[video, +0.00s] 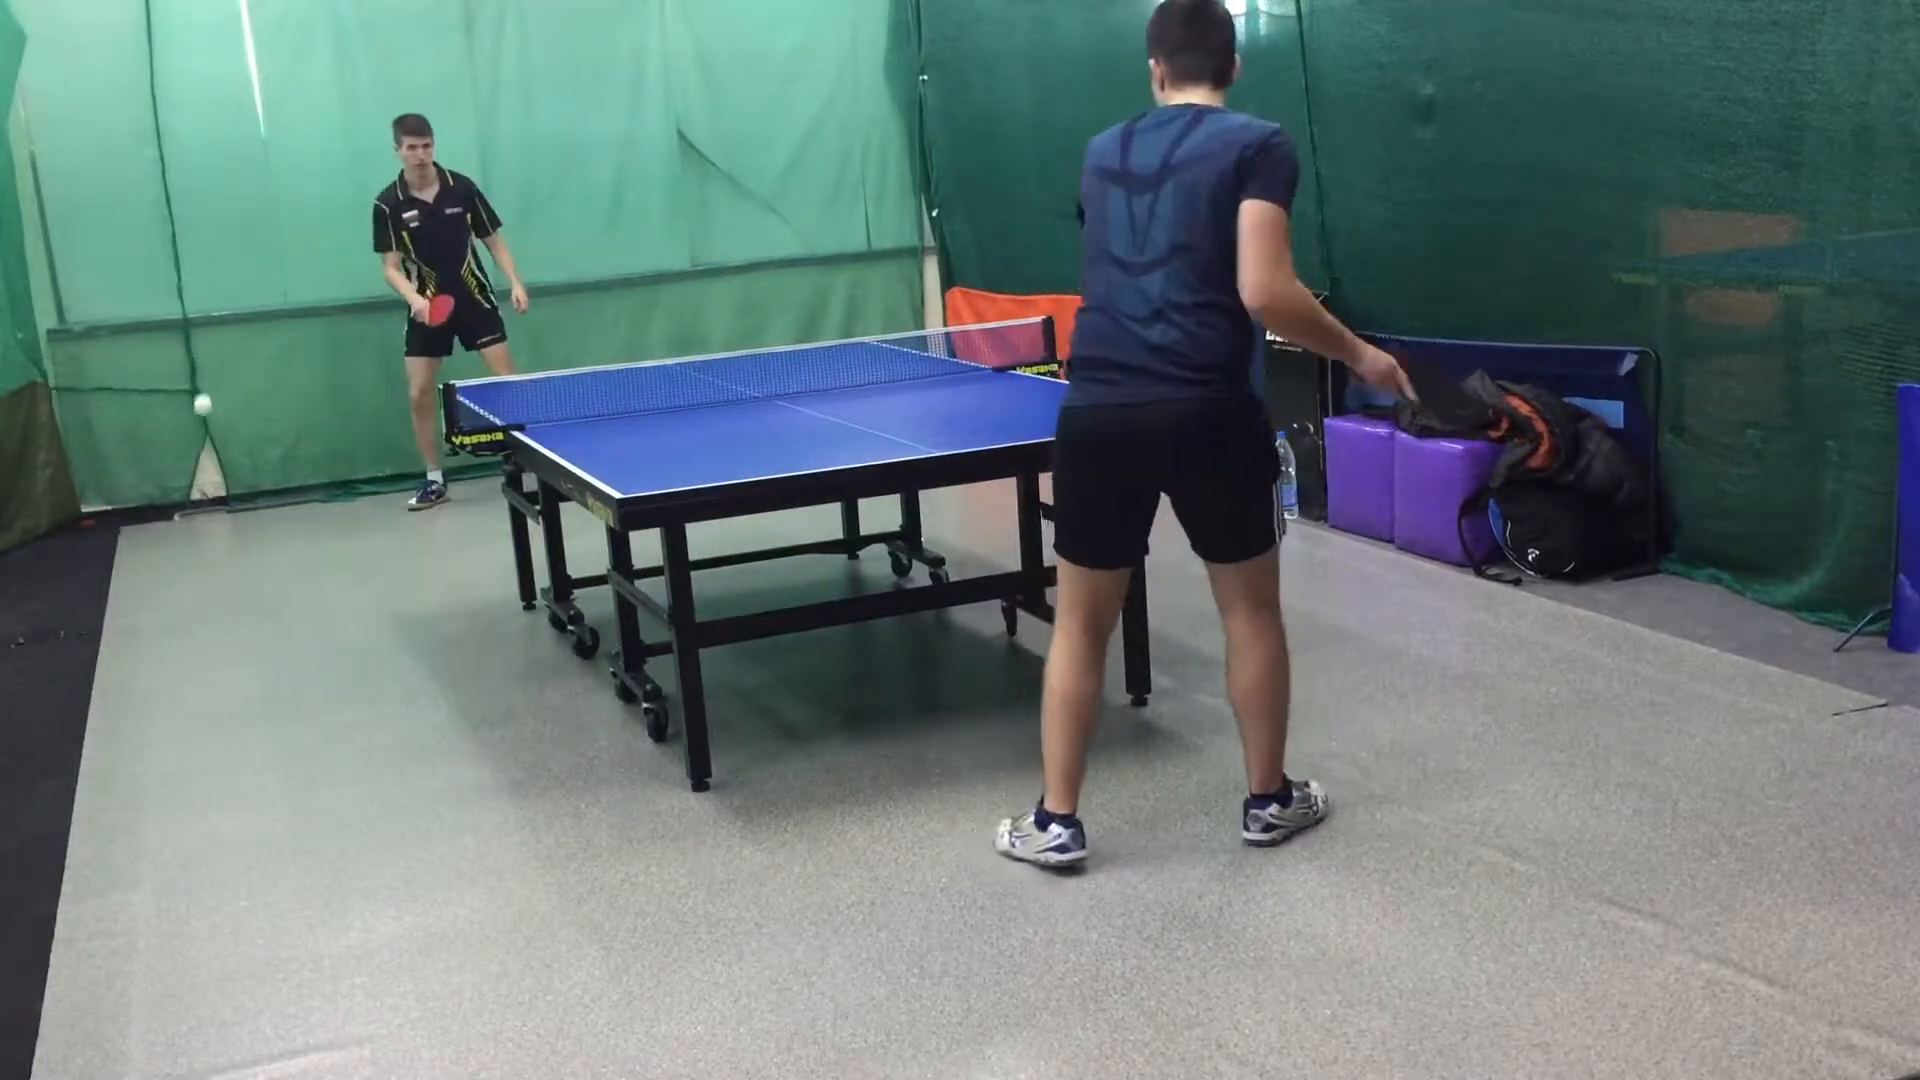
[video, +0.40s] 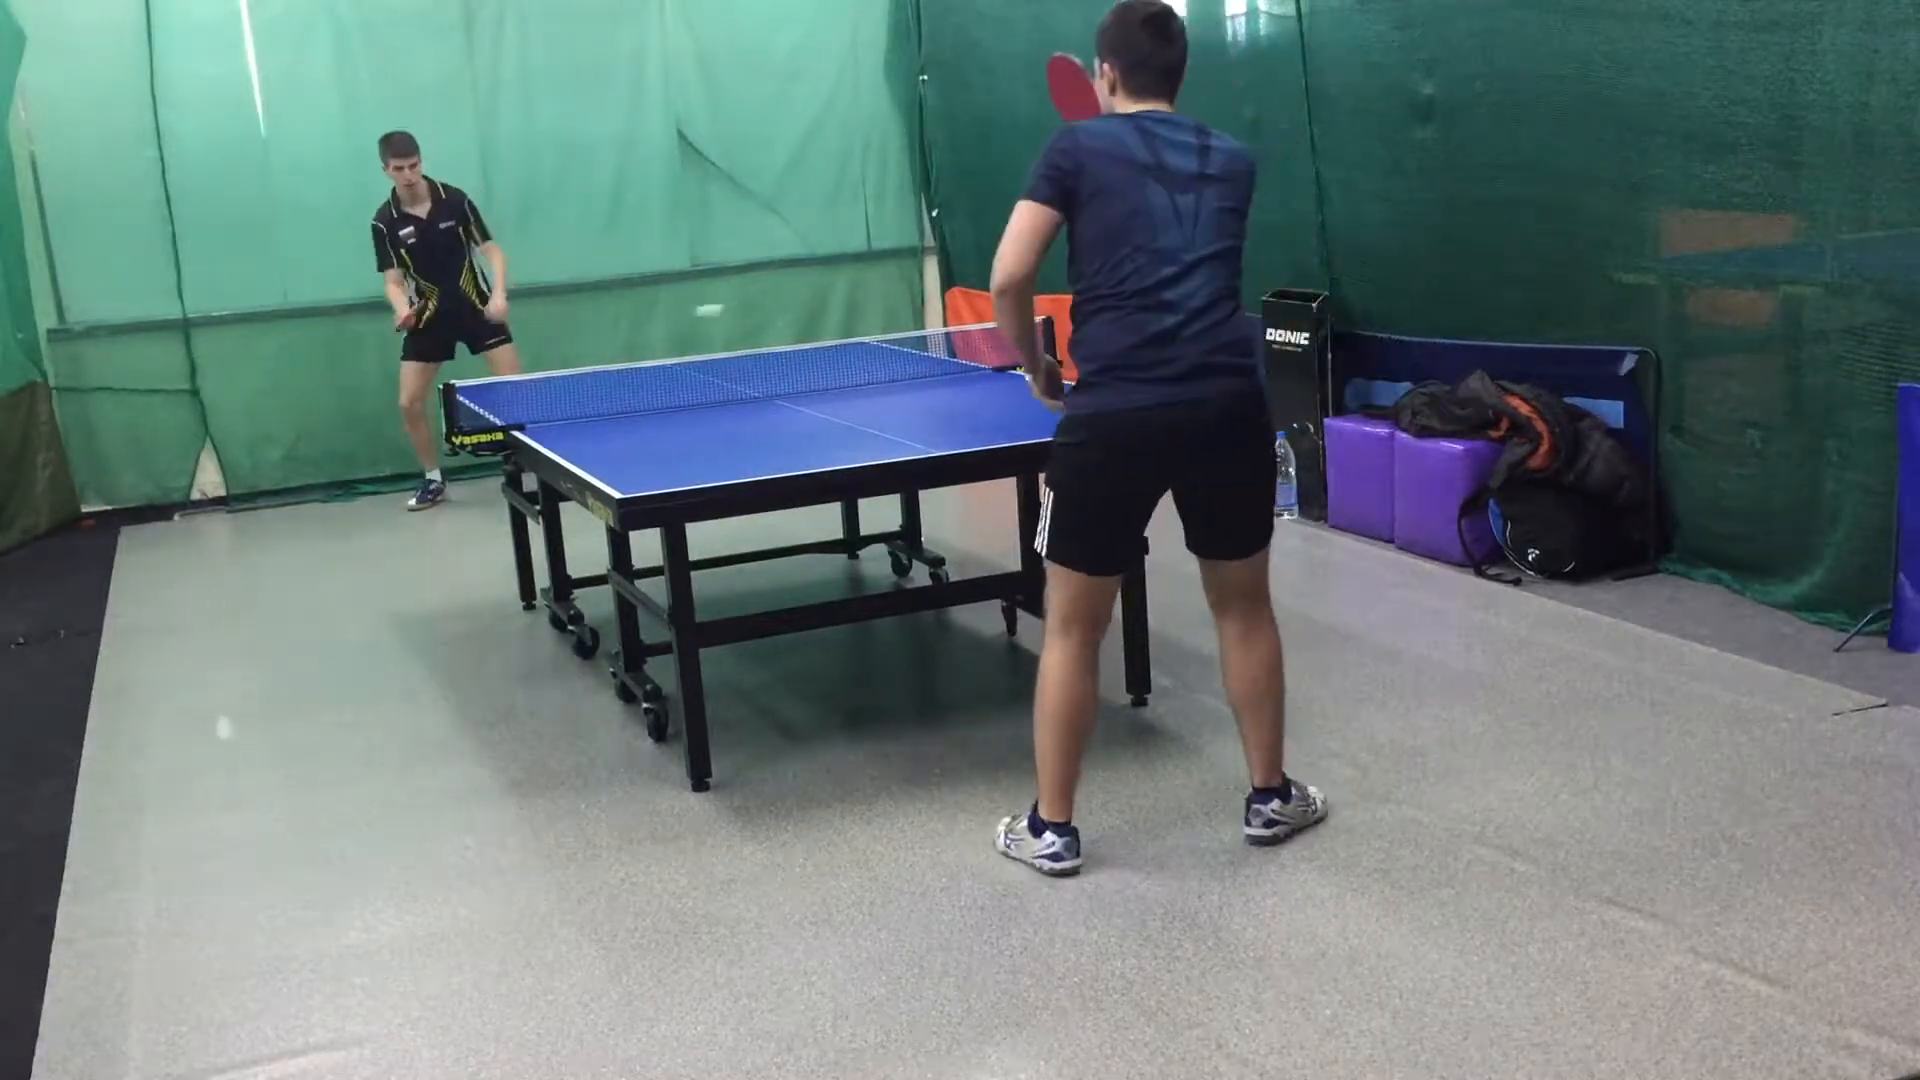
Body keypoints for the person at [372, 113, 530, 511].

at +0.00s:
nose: (420, 155)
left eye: (425, 147)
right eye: (412, 149)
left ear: (434, 146)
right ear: (398, 151)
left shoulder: (462, 189)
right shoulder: (388, 203)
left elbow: (494, 240)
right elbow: (391, 266)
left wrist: (515, 281)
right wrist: (414, 298)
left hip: (474, 298)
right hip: (426, 305)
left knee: (508, 380)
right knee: (419, 394)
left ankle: (521, 468)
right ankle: (434, 481)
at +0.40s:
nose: (408, 175)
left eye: (412, 166)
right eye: (398, 169)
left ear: (421, 162)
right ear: (386, 171)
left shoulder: (455, 200)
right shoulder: (385, 220)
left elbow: (491, 251)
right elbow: (393, 280)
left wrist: (499, 295)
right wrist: (403, 308)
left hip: (474, 307)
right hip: (426, 317)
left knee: (515, 385)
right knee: (410, 403)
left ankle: (523, 469)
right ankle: (434, 480)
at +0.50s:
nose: (392, 189)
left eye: (397, 180)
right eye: (383, 183)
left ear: (407, 174)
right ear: (372, 185)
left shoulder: (443, 210)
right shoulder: (380, 233)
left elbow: (473, 268)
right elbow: (391, 292)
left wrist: (456, 312)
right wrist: (389, 315)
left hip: (477, 301)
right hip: (434, 310)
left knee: (518, 386)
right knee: (406, 396)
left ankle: (527, 467)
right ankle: (431, 478)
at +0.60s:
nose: (376, 217)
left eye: (380, 207)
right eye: (367, 212)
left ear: (389, 199)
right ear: (357, 212)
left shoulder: (427, 233)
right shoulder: (377, 255)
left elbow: (442, 296)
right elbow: (389, 318)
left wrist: (410, 339)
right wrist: (367, 360)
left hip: (483, 316)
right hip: (441, 322)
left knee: (518, 392)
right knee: (405, 397)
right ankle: (428, 489)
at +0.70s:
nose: (363, 245)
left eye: (366, 234)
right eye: (353, 239)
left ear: (377, 225)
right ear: (345, 240)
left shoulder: (407, 261)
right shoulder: (376, 272)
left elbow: (418, 328)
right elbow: (394, 331)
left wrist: (377, 373)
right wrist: (373, 382)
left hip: (487, 340)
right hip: (444, 343)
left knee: (514, 413)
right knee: (398, 405)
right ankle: (428, 488)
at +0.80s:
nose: (354, 265)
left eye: (357, 254)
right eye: (344, 260)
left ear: (369, 243)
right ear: (336, 259)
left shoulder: (398, 275)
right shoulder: (377, 282)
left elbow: (416, 328)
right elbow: (407, 338)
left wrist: (369, 366)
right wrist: (396, 385)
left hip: (489, 354)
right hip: (444, 355)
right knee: (397, 407)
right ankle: (428, 488)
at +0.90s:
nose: (349, 259)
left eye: (351, 248)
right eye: (340, 254)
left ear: (367, 237)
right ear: (336, 254)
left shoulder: (405, 260)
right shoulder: (374, 289)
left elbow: (458, 276)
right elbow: (402, 349)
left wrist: (436, 312)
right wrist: (383, 389)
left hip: (487, 352)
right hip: (439, 355)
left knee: (512, 420)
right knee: (395, 416)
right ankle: (429, 490)